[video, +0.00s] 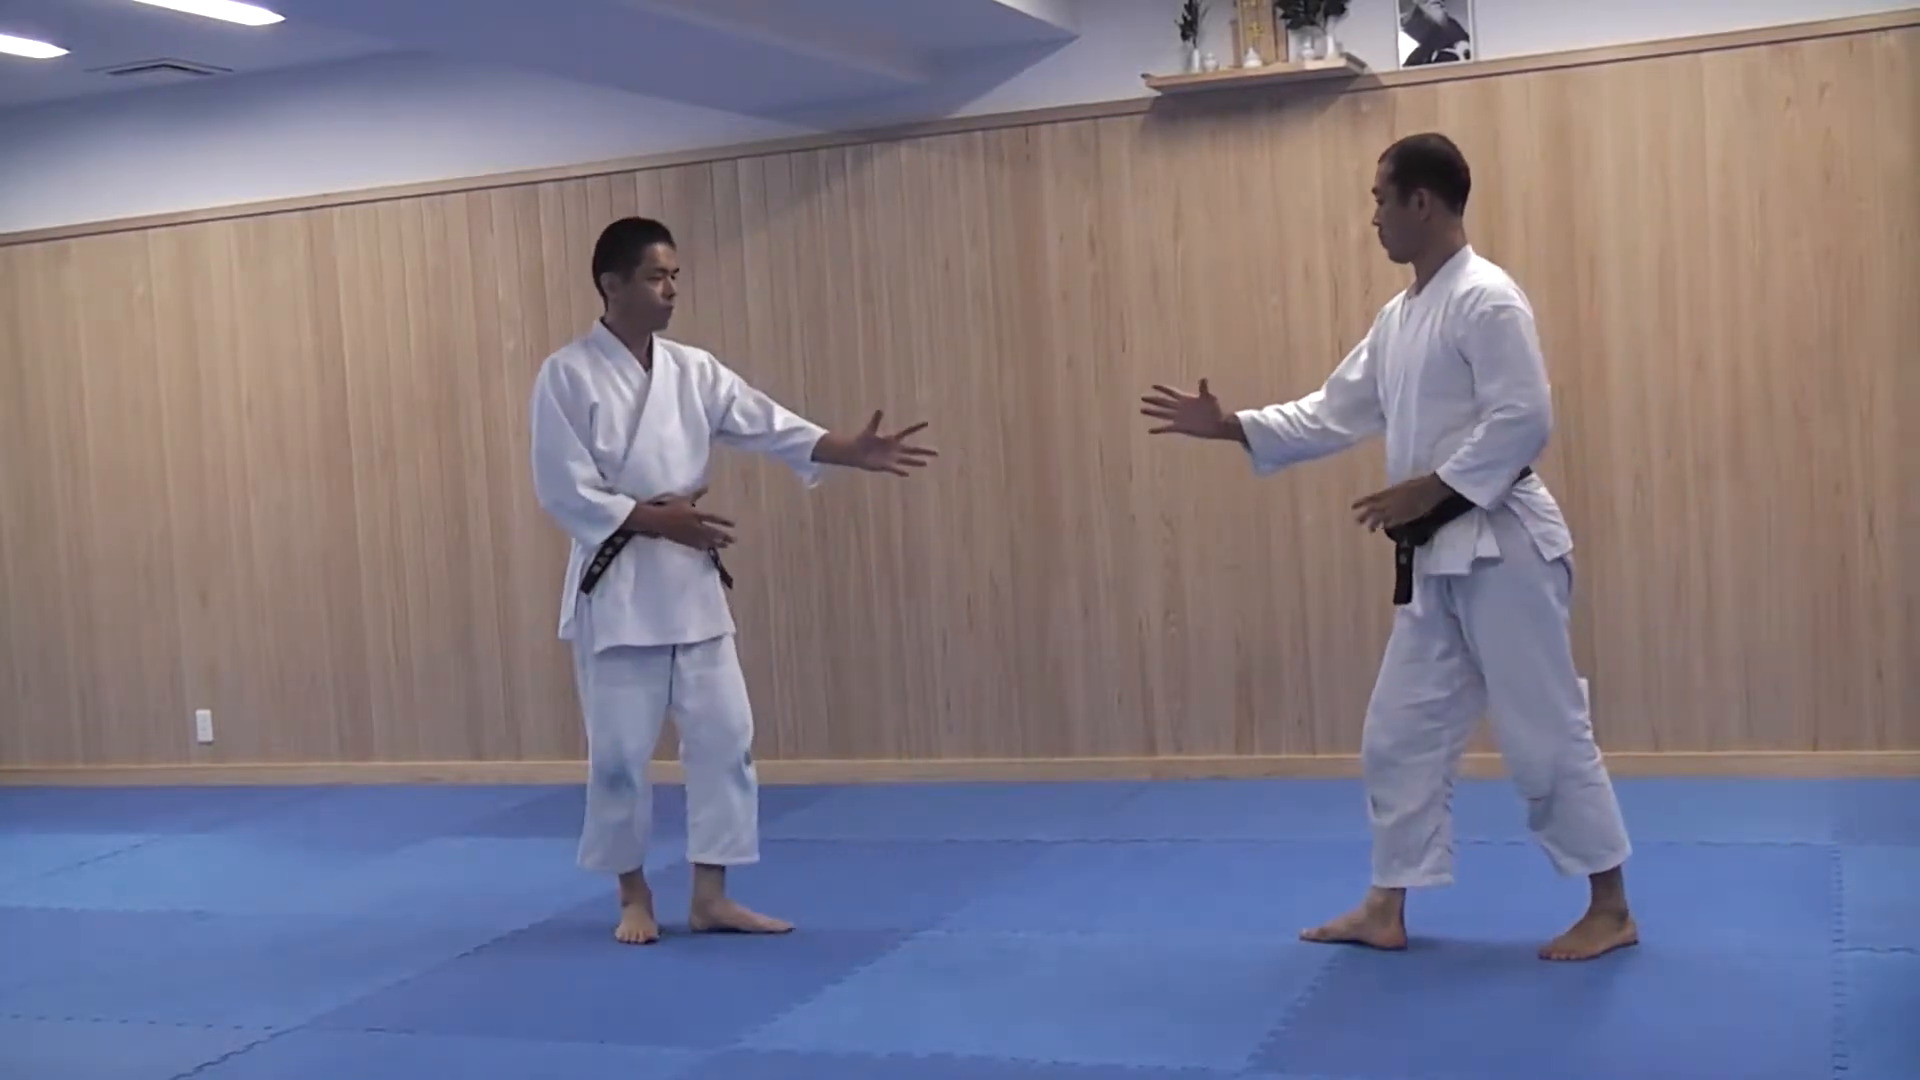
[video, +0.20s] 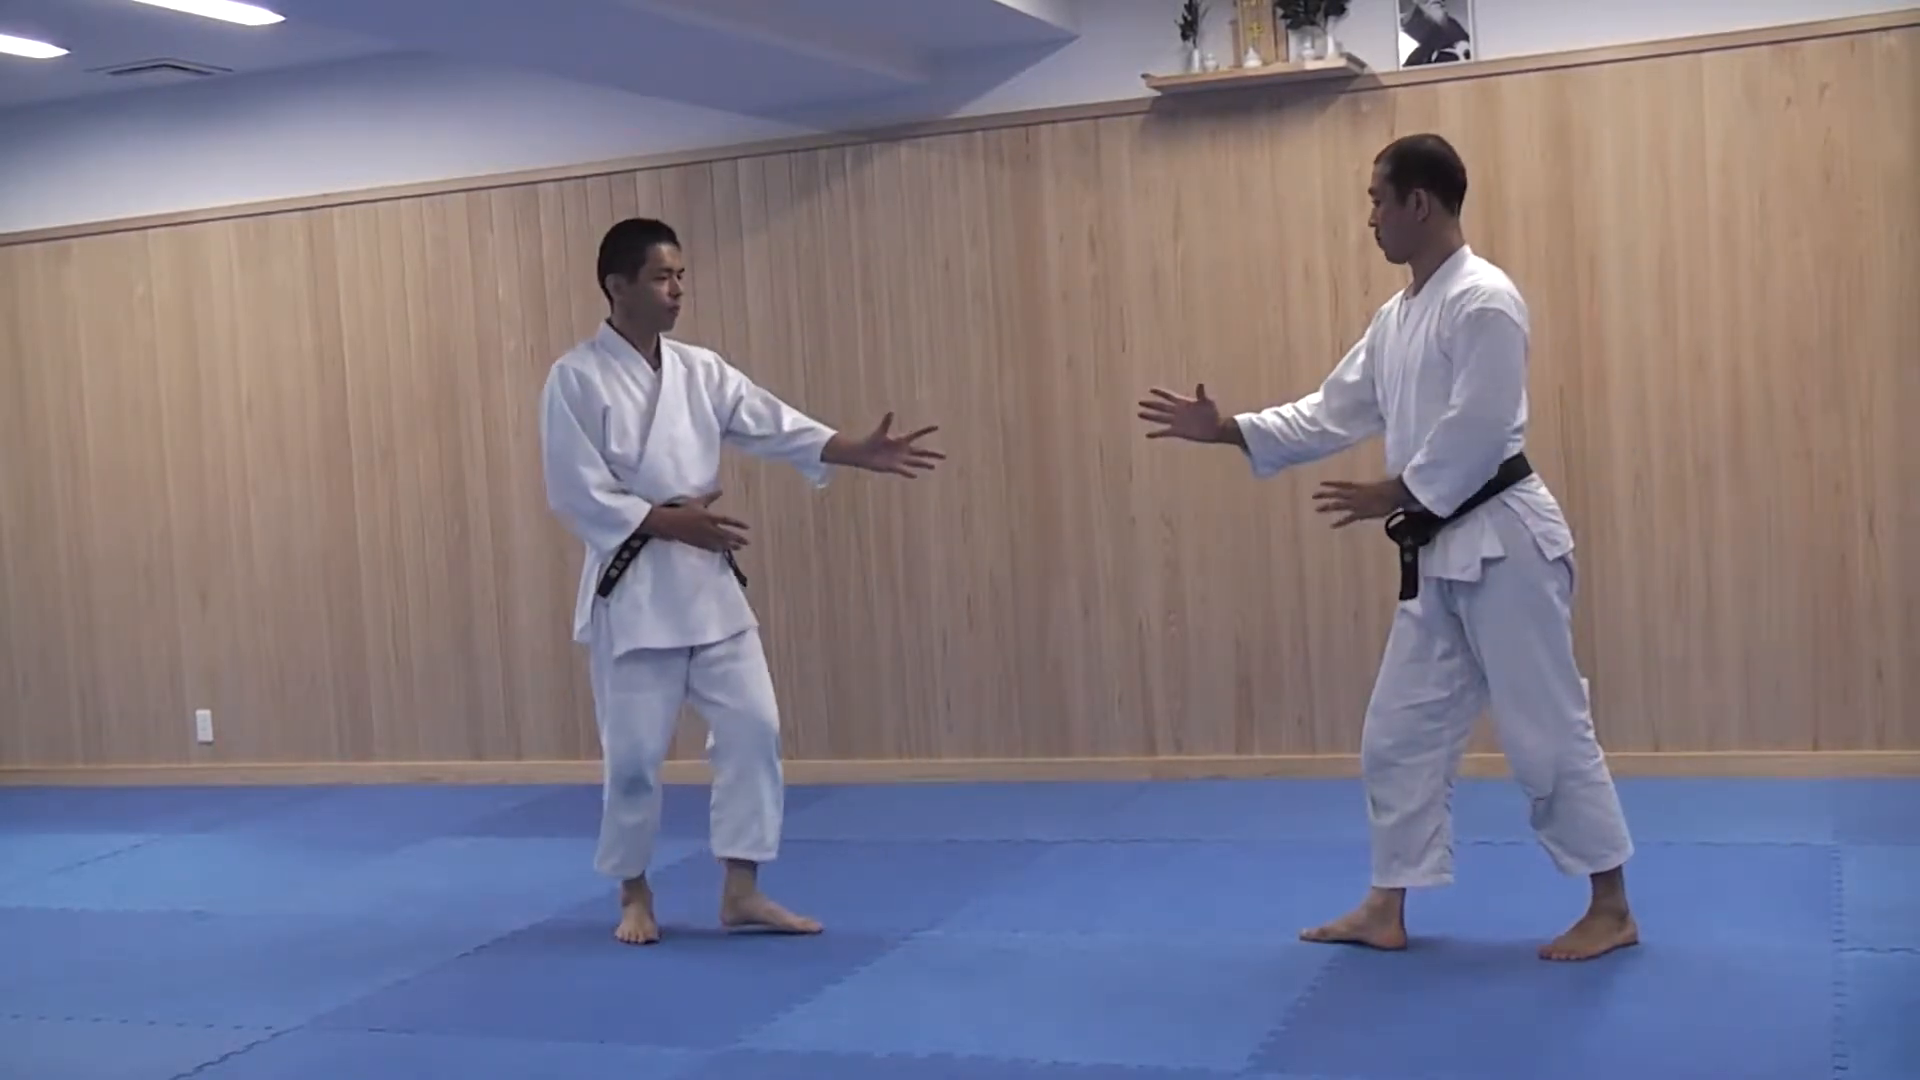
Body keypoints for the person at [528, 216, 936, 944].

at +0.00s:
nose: (671, 289)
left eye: (675, 277)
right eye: (657, 278)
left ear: (675, 282)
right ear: (610, 285)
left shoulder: (691, 367)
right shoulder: (568, 374)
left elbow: (766, 422)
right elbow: (565, 490)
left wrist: (845, 450)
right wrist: (657, 520)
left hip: (693, 579)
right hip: (617, 588)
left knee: (725, 736)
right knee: (619, 752)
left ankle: (709, 897)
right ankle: (634, 899)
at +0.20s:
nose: (677, 289)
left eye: (680, 276)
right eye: (662, 278)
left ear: (681, 282)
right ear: (615, 287)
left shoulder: (698, 368)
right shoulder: (577, 376)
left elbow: (772, 422)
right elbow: (577, 490)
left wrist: (854, 451)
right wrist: (670, 522)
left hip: (708, 575)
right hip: (633, 584)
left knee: (754, 723)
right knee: (634, 754)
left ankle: (742, 893)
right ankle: (634, 898)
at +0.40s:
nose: (709, 298)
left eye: (712, 286)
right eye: (694, 286)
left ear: (711, 292)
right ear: (647, 294)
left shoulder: (732, 377)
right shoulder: (605, 385)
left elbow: (810, 426)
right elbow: (604, 500)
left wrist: (896, 452)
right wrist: (698, 529)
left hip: (744, 586)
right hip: (666, 595)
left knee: (814, 730)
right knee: (659, 764)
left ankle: (861, 895)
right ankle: (638, 905)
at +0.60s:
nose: (782, 311)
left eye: (785, 299)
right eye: (768, 300)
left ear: (784, 304)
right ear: (720, 308)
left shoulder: (808, 391)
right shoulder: (676, 400)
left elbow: (892, 431)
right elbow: (665, 514)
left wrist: (990, 447)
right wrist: (754, 544)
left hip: (813, 604)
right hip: (729, 612)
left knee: (908, 739)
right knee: (694, 776)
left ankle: (992, 887)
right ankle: (641, 892)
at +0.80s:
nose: (903, 299)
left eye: (906, 286)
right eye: (888, 286)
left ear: (902, 292)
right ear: (837, 295)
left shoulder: (928, 381)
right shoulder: (793, 390)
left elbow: (1021, 418)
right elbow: (782, 508)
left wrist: (1125, 435)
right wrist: (876, 541)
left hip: (928, 594)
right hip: (843, 599)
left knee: (1017, 734)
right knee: (787, 760)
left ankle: (1033, 905)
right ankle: (695, 875)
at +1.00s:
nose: (990, 273)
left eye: (995, 260)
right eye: (976, 260)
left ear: (995, 265)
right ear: (926, 263)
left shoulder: (1008, 354)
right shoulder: (870, 352)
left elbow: (1095, 405)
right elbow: (851, 476)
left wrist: (1195, 439)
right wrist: (943, 513)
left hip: (990, 573)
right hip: (908, 575)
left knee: (1043, 732)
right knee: (882, 750)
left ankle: (1035, 900)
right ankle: (828, 884)